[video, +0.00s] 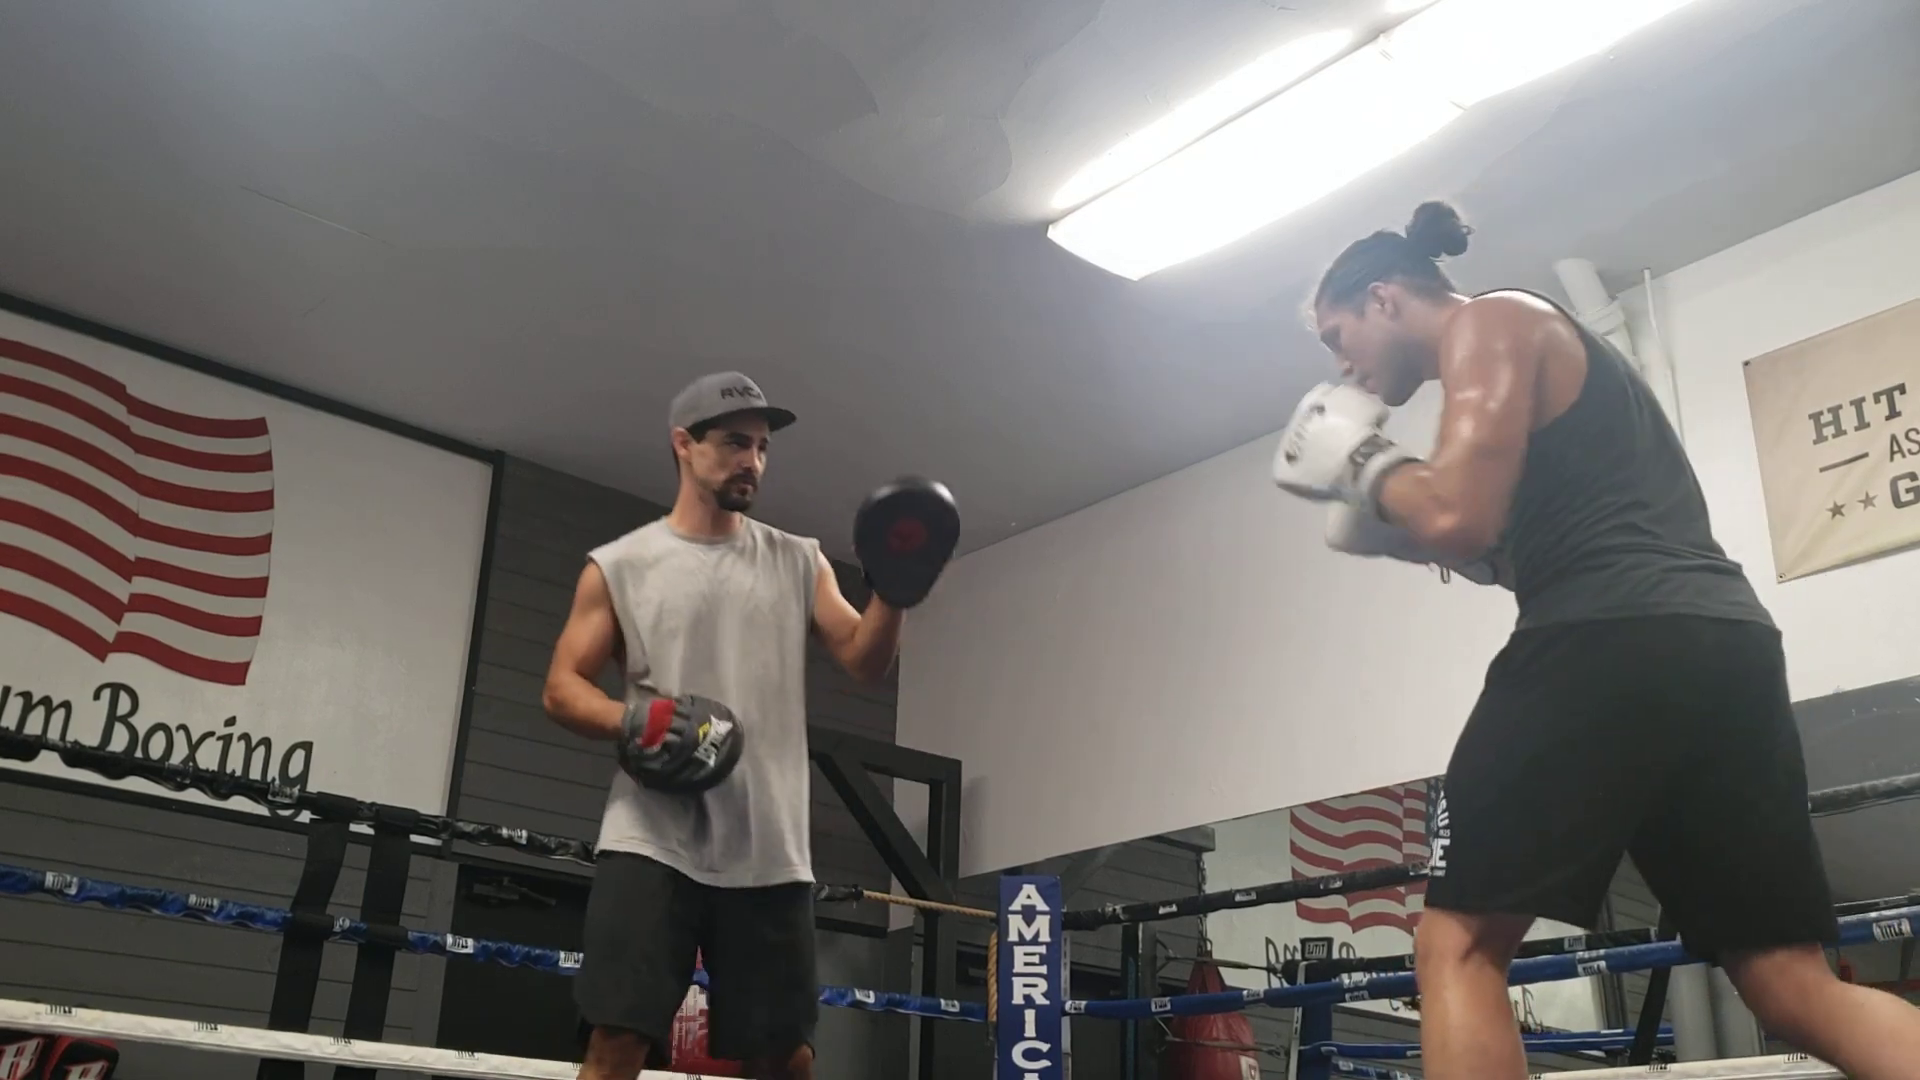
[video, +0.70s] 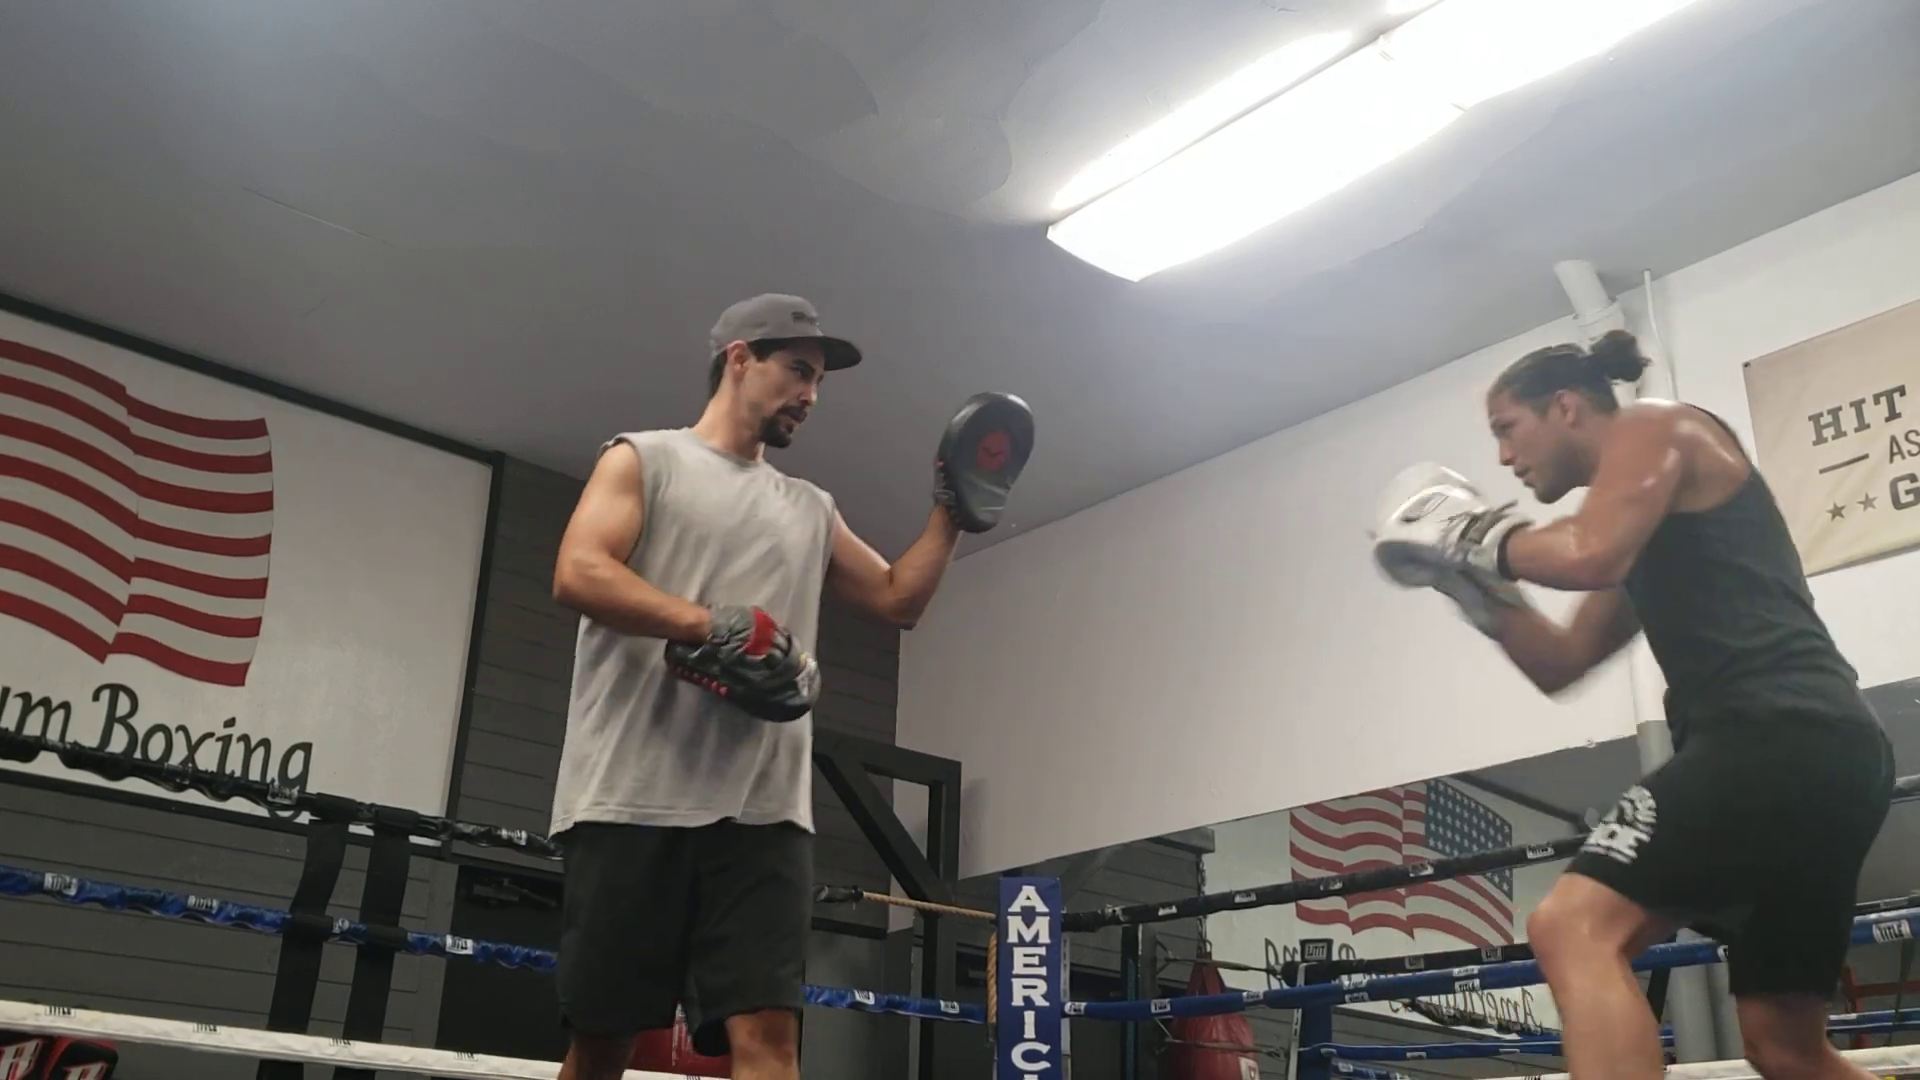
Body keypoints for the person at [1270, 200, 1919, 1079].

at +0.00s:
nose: (1343, 368)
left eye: (1338, 340)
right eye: (1331, 352)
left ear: (1385, 296)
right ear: (1399, 291)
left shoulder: (1489, 321)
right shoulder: (1586, 356)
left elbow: (1461, 517)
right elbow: (1538, 549)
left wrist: (1365, 456)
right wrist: (1400, 530)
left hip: (1601, 643)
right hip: (1728, 639)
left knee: (1457, 946)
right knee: (1795, 985)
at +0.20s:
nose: (1401, 392)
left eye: (1398, 371)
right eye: (1394, 380)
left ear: (1421, 332)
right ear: (1474, 301)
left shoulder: (1470, 335)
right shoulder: (1631, 380)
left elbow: (1350, 508)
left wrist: (1334, 436)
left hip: (1609, 661)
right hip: (1743, 654)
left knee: (1457, 955)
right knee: (1826, 967)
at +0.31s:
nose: (1443, 439)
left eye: (1447, 419)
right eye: (1440, 429)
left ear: (1470, 390)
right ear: (1538, 373)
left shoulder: (1496, 391)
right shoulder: (1672, 442)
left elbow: (1378, 545)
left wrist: (1376, 487)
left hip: (1629, 705)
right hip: (1769, 704)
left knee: (1441, 971)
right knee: (1848, 1008)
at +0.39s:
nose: (1482, 501)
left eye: (1486, 482)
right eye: (1483, 490)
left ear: (1514, 451)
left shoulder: (1539, 457)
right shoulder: (1711, 504)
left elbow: (1431, 586)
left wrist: (1404, 570)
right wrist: (1533, 652)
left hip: (1659, 749)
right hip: (1804, 755)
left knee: (1439, 993)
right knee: (1839, 1038)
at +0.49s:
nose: (1514, 539)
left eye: (1511, 521)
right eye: (1507, 528)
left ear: (1542, 477)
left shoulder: (1581, 471)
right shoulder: (1737, 526)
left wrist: (1456, 605)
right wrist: (1594, 697)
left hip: (1688, 764)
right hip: (1830, 780)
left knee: (1472, 993)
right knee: (1838, 1038)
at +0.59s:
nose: (1498, 497)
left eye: (1497, 470)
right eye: (1489, 480)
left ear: (1544, 436)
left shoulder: (1603, 431)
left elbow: (1585, 554)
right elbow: (1672, 710)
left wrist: (1486, 547)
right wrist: (1566, 642)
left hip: (1727, 725)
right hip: (1840, 736)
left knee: (1535, 950)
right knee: (1819, 1032)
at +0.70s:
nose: (1503, 456)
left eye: (1508, 430)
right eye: (1498, 440)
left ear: (1567, 405)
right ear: (1571, 412)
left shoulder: (1654, 428)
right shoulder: (1656, 517)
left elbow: (1589, 553)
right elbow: (1558, 664)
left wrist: (1472, 531)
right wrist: (1465, 582)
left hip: (1773, 736)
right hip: (1828, 748)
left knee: (1573, 930)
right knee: (1786, 1039)